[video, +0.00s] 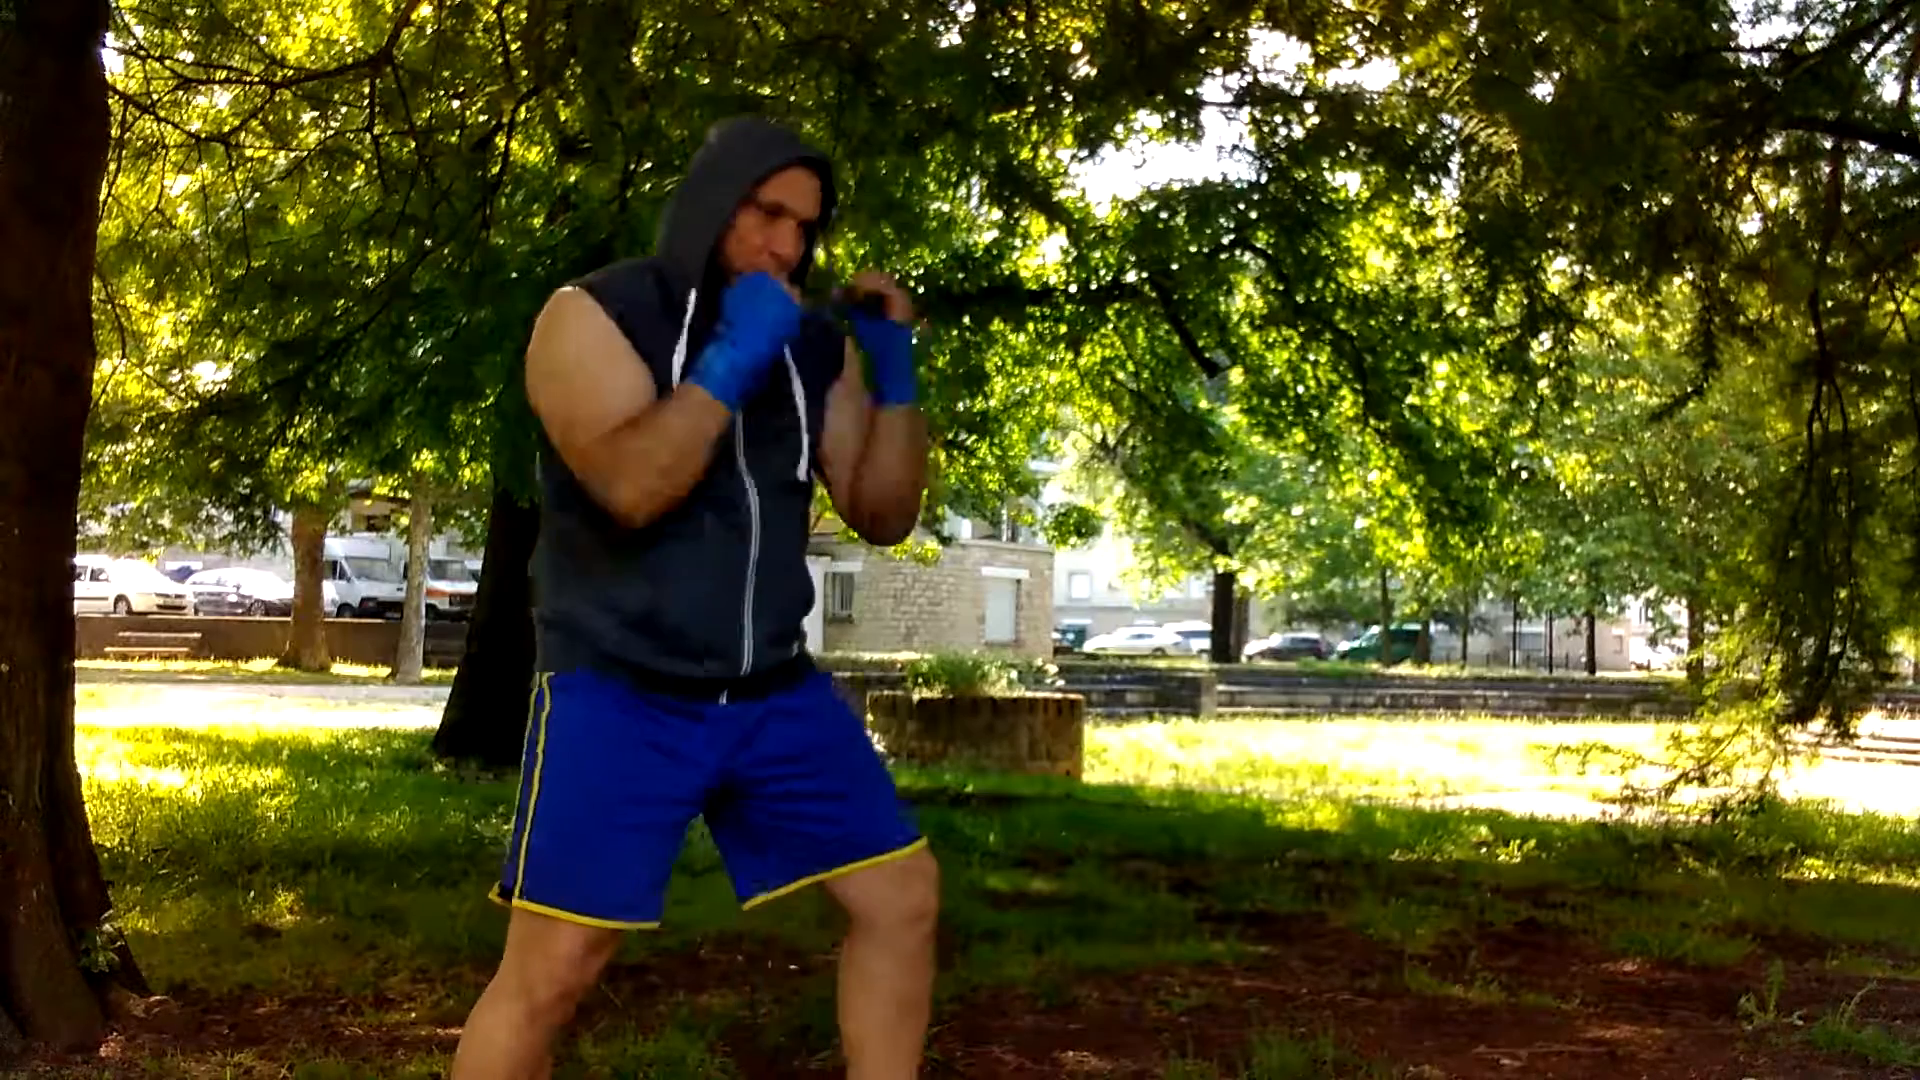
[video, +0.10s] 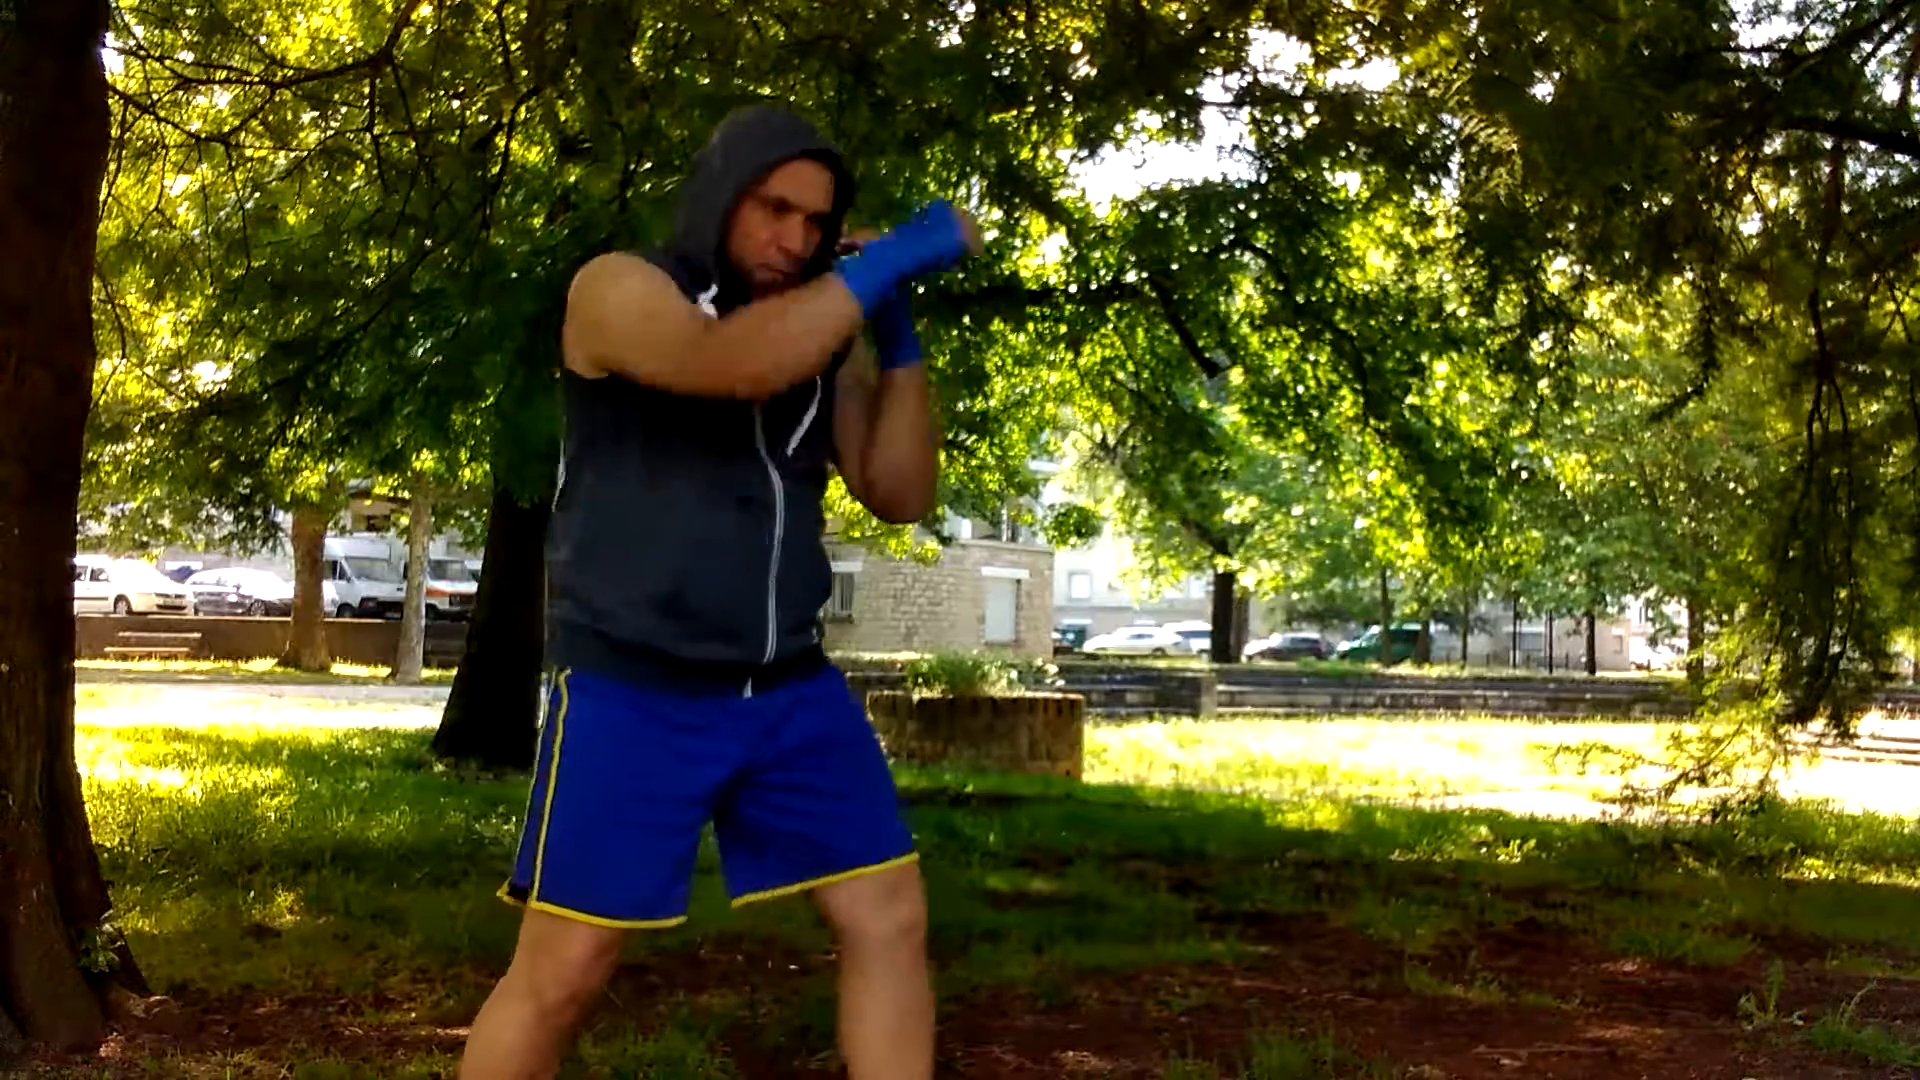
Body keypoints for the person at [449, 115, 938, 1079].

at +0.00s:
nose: (788, 247)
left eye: (804, 228)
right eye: (768, 217)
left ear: (813, 240)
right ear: (707, 207)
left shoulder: (811, 345)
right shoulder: (588, 319)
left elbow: (883, 514)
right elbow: (631, 485)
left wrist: (895, 361)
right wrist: (737, 353)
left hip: (780, 694)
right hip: (618, 698)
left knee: (900, 896)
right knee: (550, 970)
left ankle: (881, 1075)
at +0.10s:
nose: (800, 239)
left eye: (818, 220)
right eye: (779, 210)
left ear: (832, 227)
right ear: (719, 199)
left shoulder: (813, 341)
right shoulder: (614, 289)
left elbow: (900, 497)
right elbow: (745, 361)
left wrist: (899, 338)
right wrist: (888, 262)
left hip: (791, 688)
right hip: (630, 691)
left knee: (887, 918)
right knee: (560, 972)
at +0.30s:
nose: (856, 247)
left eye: (877, 230)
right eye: (835, 218)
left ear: (893, 247)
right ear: (781, 215)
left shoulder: (879, 357)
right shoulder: (661, 311)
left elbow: (951, 522)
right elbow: (701, 475)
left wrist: (961, 348)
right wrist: (835, 329)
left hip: (824, 712)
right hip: (656, 705)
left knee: (909, 947)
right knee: (571, 970)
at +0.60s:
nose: (826, 237)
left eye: (844, 219)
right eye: (804, 209)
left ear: (857, 233)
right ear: (739, 204)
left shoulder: (842, 338)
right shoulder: (621, 305)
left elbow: (957, 474)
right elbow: (686, 451)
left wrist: (944, 315)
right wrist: (794, 309)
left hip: (815, 705)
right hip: (647, 707)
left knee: (932, 926)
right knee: (569, 987)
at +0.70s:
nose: (874, 232)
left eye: (878, 210)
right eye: (855, 208)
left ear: (870, 217)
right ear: (795, 215)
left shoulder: (867, 325)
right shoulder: (659, 280)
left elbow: (1017, 371)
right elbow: (837, 273)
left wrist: (978, 205)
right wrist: (967, 154)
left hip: (826, 708)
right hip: (657, 710)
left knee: (934, 948)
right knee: (578, 992)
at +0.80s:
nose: (898, 241)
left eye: (903, 220)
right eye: (881, 215)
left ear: (902, 227)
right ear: (821, 214)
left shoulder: (881, 341)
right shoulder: (675, 284)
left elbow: (1022, 413)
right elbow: (845, 284)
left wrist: (977, 232)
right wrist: (1016, 137)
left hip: (837, 714)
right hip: (667, 716)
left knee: (945, 950)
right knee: (577, 991)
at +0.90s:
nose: (871, 238)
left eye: (889, 218)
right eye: (848, 205)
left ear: (901, 232)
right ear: (784, 203)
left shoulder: (891, 345)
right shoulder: (671, 289)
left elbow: (970, 511)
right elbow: (740, 427)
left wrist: (1000, 328)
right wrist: (888, 286)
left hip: (839, 710)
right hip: (666, 707)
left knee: (939, 951)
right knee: (571, 986)